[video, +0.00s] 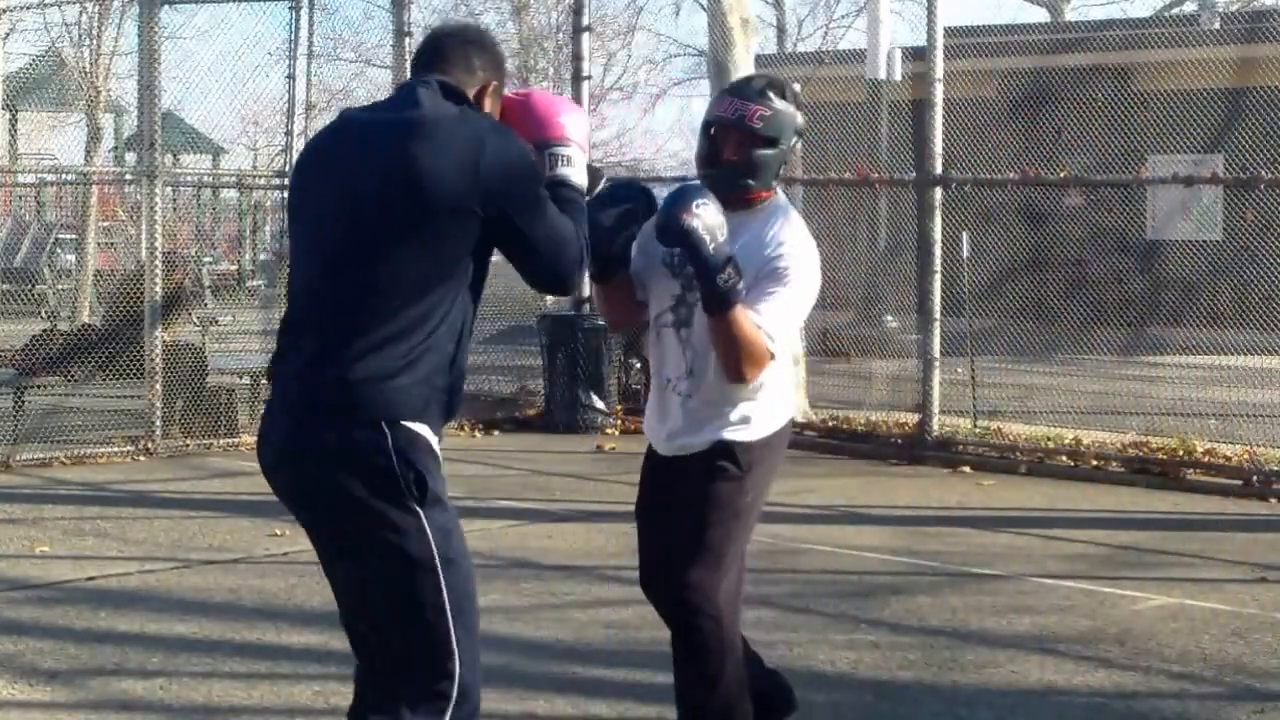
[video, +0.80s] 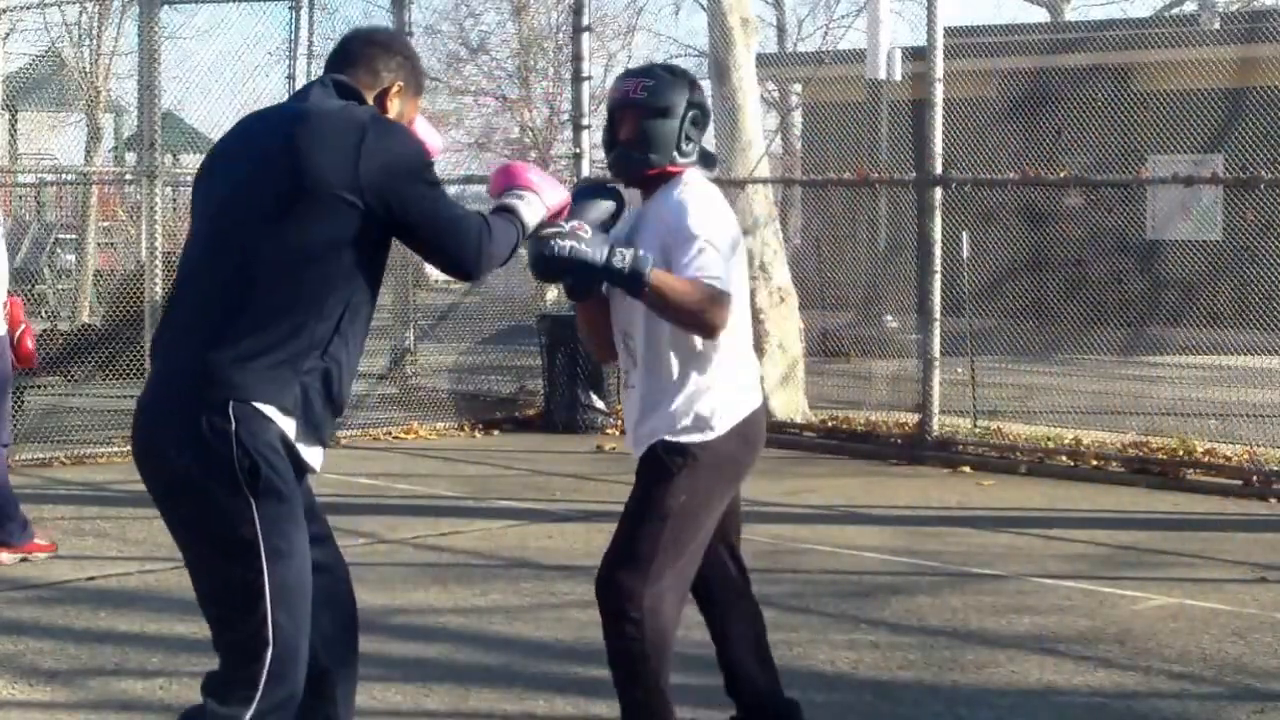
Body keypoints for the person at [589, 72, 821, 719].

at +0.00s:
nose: (722, 151)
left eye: (741, 140)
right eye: (715, 134)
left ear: (776, 153)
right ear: (701, 136)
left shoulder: (787, 244)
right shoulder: (679, 207)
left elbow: (746, 365)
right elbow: (625, 316)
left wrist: (715, 267)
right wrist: (604, 253)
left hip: (740, 433)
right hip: (673, 429)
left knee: (703, 592)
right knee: (663, 579)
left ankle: (716, 712)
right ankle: (765, 694)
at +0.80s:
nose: (620, 135)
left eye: (637, 121)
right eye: (615, 121)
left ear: (676, 126)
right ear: (610, 127)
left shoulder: (694, 201)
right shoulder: (634, 215)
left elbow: (713, 312)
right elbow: (608, 347)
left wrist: (625, 266)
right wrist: (582, 273)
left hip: (708, 425)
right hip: (678, 424)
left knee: (631, 590)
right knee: (720, 584)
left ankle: (650, 713)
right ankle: (766, 710)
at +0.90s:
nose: (592, 131)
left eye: (609, 117)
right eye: (591, 117)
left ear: (649, 126)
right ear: (666, 129)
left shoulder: (654, 200)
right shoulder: (653, 198)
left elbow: (578, 223)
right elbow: (613, 319)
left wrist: (488, 184)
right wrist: (557, 252)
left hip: (708, 422)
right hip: (719, 413)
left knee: (634, 587)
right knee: (716, 565)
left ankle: (646, 712)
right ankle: (760, 701)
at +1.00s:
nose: (579, 129)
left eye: (595, 115)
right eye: (578, 114)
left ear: (643, 121)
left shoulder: (643, 192)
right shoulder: (657, 188)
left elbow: (551, 224)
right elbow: (587, 276)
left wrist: (446, 190)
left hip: (700, 418)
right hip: (714, 408)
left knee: (633, 591)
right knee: (716, 587)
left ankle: (650, 712)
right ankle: (760, 710)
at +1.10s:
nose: (579, 123)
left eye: (597, 110)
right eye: (578, 109)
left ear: (644, 121)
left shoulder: (648, 200)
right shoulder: (623, 191)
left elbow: (575, 254)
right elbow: (544, 229)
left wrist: (461, 238)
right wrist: (457, 230)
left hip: (696, 418)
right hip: (704, 410)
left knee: (632, 589)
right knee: (710, 580)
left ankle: (646, 711)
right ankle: (753, 707)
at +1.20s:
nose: (589, 121)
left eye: (606, 107)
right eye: (585, 108)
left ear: (651, 111)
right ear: (580, 115)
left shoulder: (657, 196)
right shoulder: (640, 193)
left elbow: (662, 317)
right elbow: (633, 288)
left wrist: (557, 277)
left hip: (689, 415)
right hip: (698, 408)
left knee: (630, 588)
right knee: (710, 588)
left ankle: (646, 713)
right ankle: (745, 710)